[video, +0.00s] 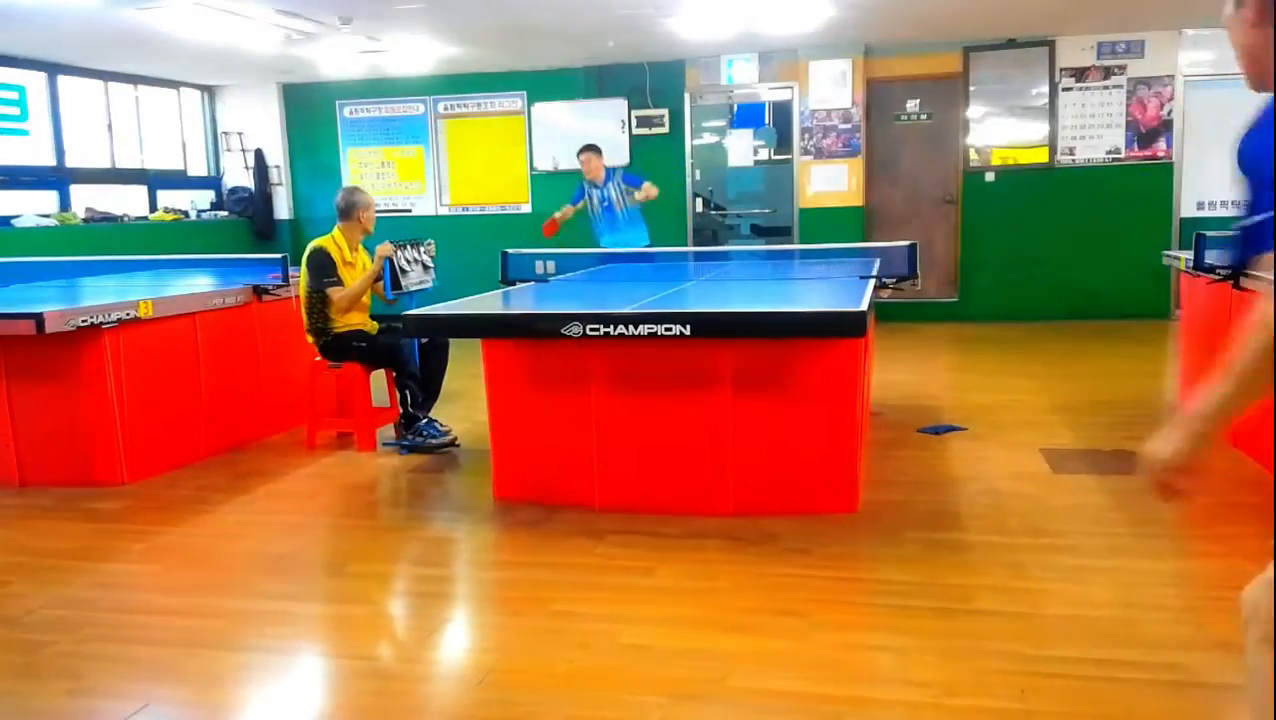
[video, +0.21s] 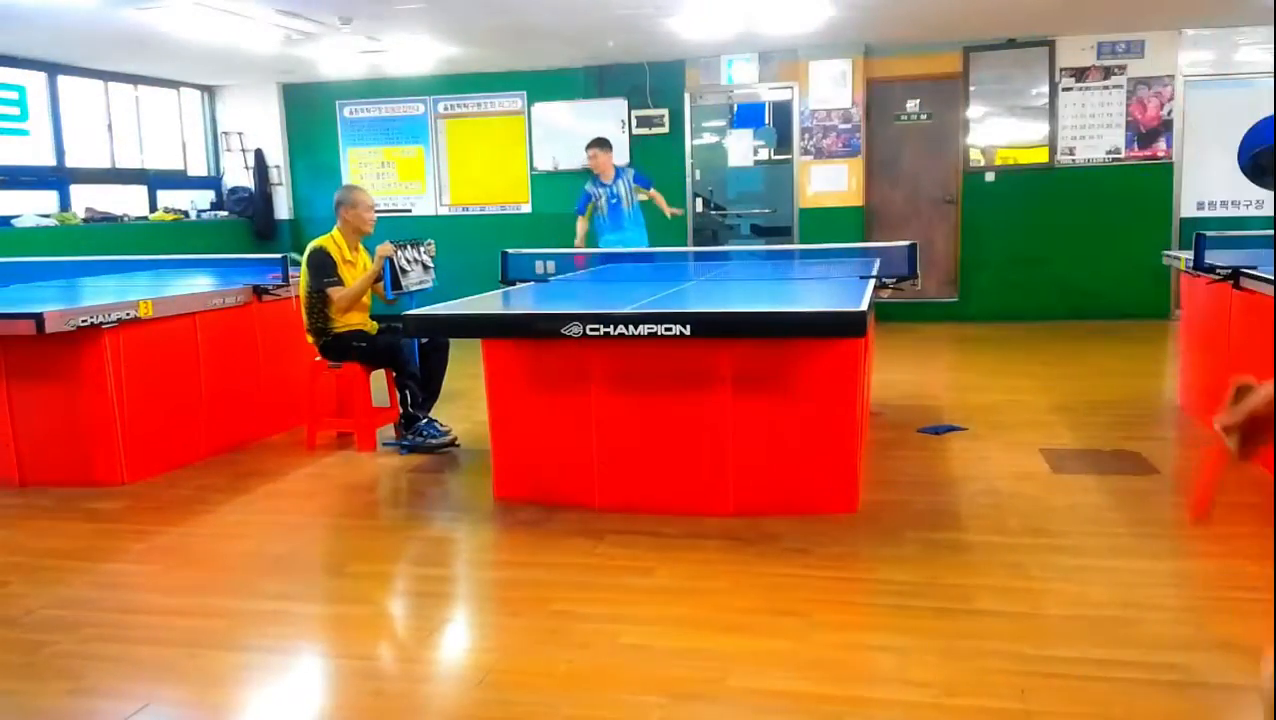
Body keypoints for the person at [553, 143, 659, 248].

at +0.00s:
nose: (585, 168)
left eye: (589, 162)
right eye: (582, 164)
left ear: (601, 161)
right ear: (580, 166)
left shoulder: (621, 177)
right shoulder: (585, 187)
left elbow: (652, 190)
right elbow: (573, 206)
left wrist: (644, 194)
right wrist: (560, 217)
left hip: (637, 247)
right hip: (609, 250)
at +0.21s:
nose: (590, 163)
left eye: (594, 157)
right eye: (589, 158)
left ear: (609, 156)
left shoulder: (629, 175)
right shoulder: (591, 187)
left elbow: (653, 193)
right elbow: (582, 217)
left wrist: (666, 209)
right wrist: (580, 240)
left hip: (637, 245)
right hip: (609, 248)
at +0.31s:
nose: (595, 163)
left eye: (599, 158)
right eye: (594, 159)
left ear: (615, 157)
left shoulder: (634, 177)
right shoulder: (595, 188)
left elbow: (654, 198)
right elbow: (589, 219)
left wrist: (667, 218)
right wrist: (589, 245)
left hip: (639, 247)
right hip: (611, 250)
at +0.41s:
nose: (612, 161)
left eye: (616, 155)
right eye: (611, 156)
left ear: (630, 154)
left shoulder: (651, 177)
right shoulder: (610, 184)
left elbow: (665, 201)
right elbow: (605, 215)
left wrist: (669, 225)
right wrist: (603, 242)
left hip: (651, 246)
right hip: (622, 248)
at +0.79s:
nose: (626, 149)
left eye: (629, 144)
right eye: (624, 145)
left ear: (644, 144)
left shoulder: (664, 171)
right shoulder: (625, 176)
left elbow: (676, 203)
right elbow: (620, 209)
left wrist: (666, 216)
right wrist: (608, 239)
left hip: (662, 243)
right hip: (634, 243)